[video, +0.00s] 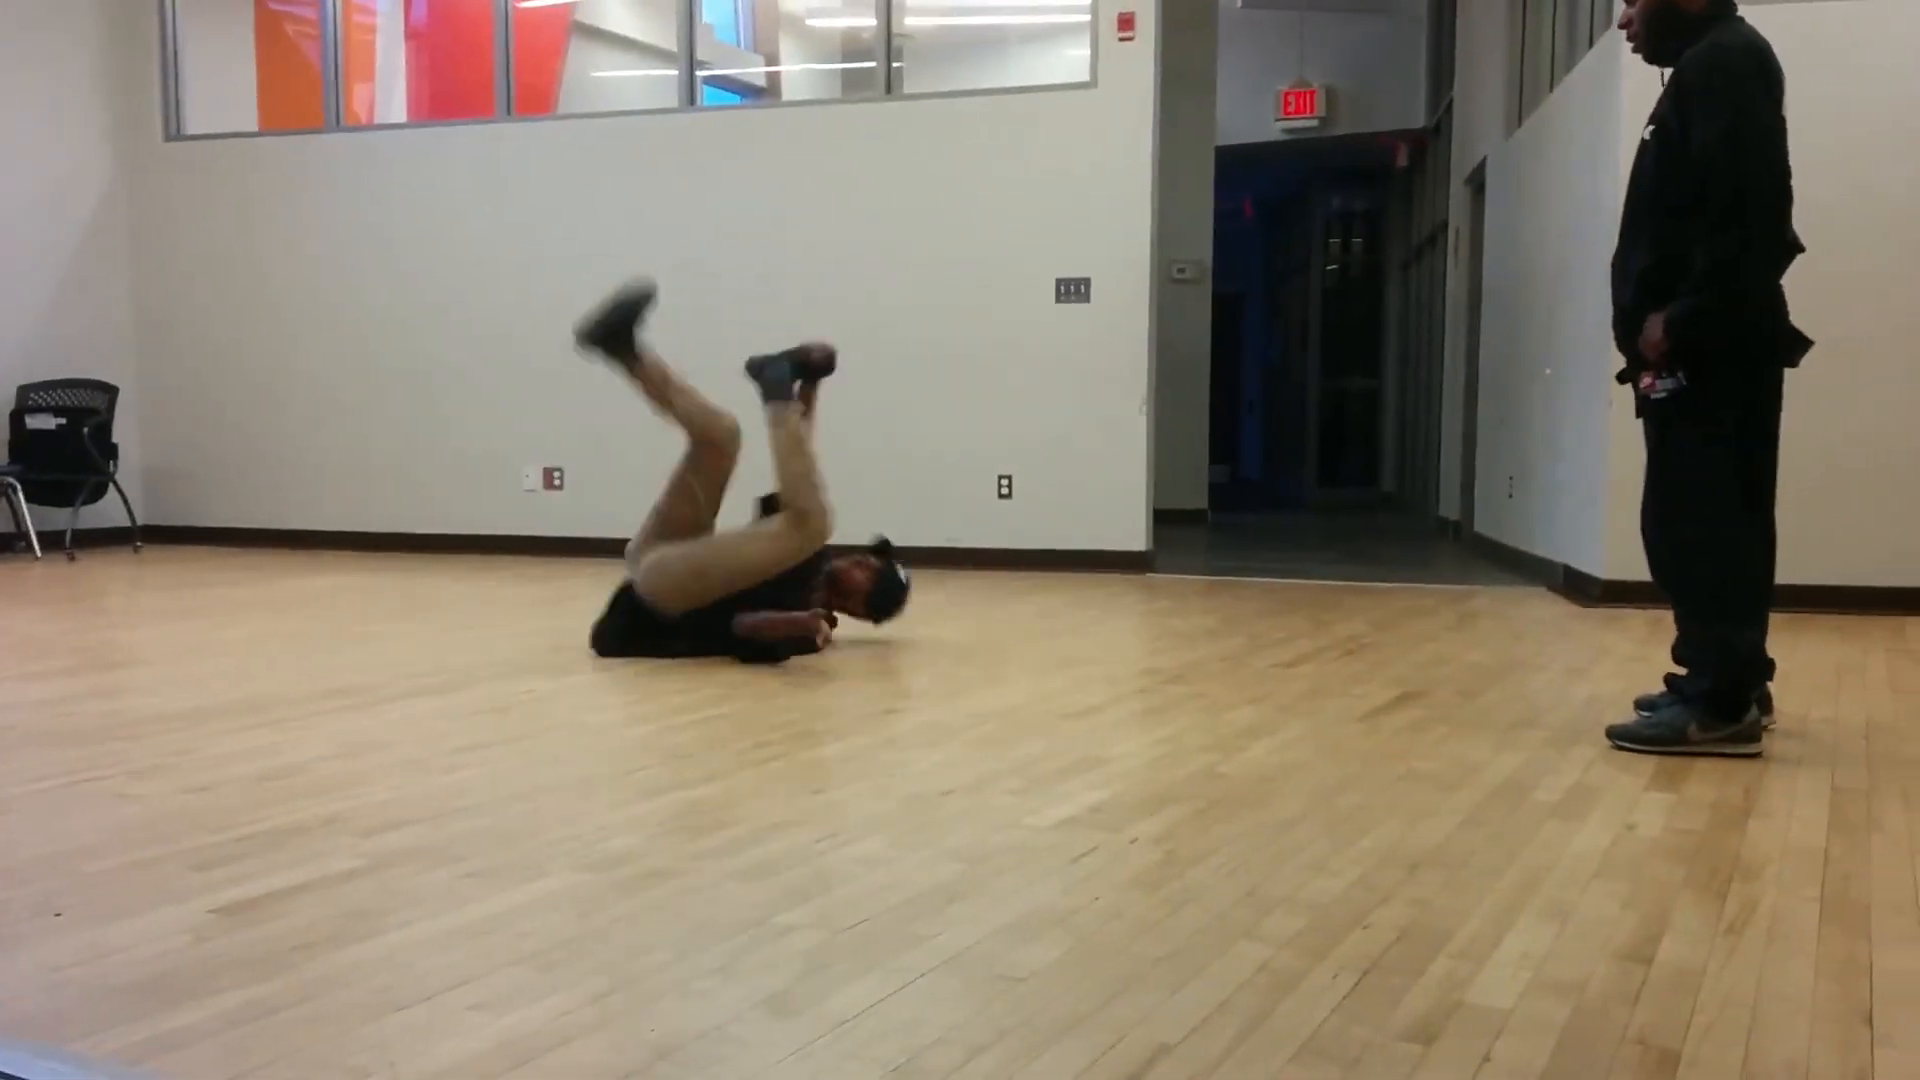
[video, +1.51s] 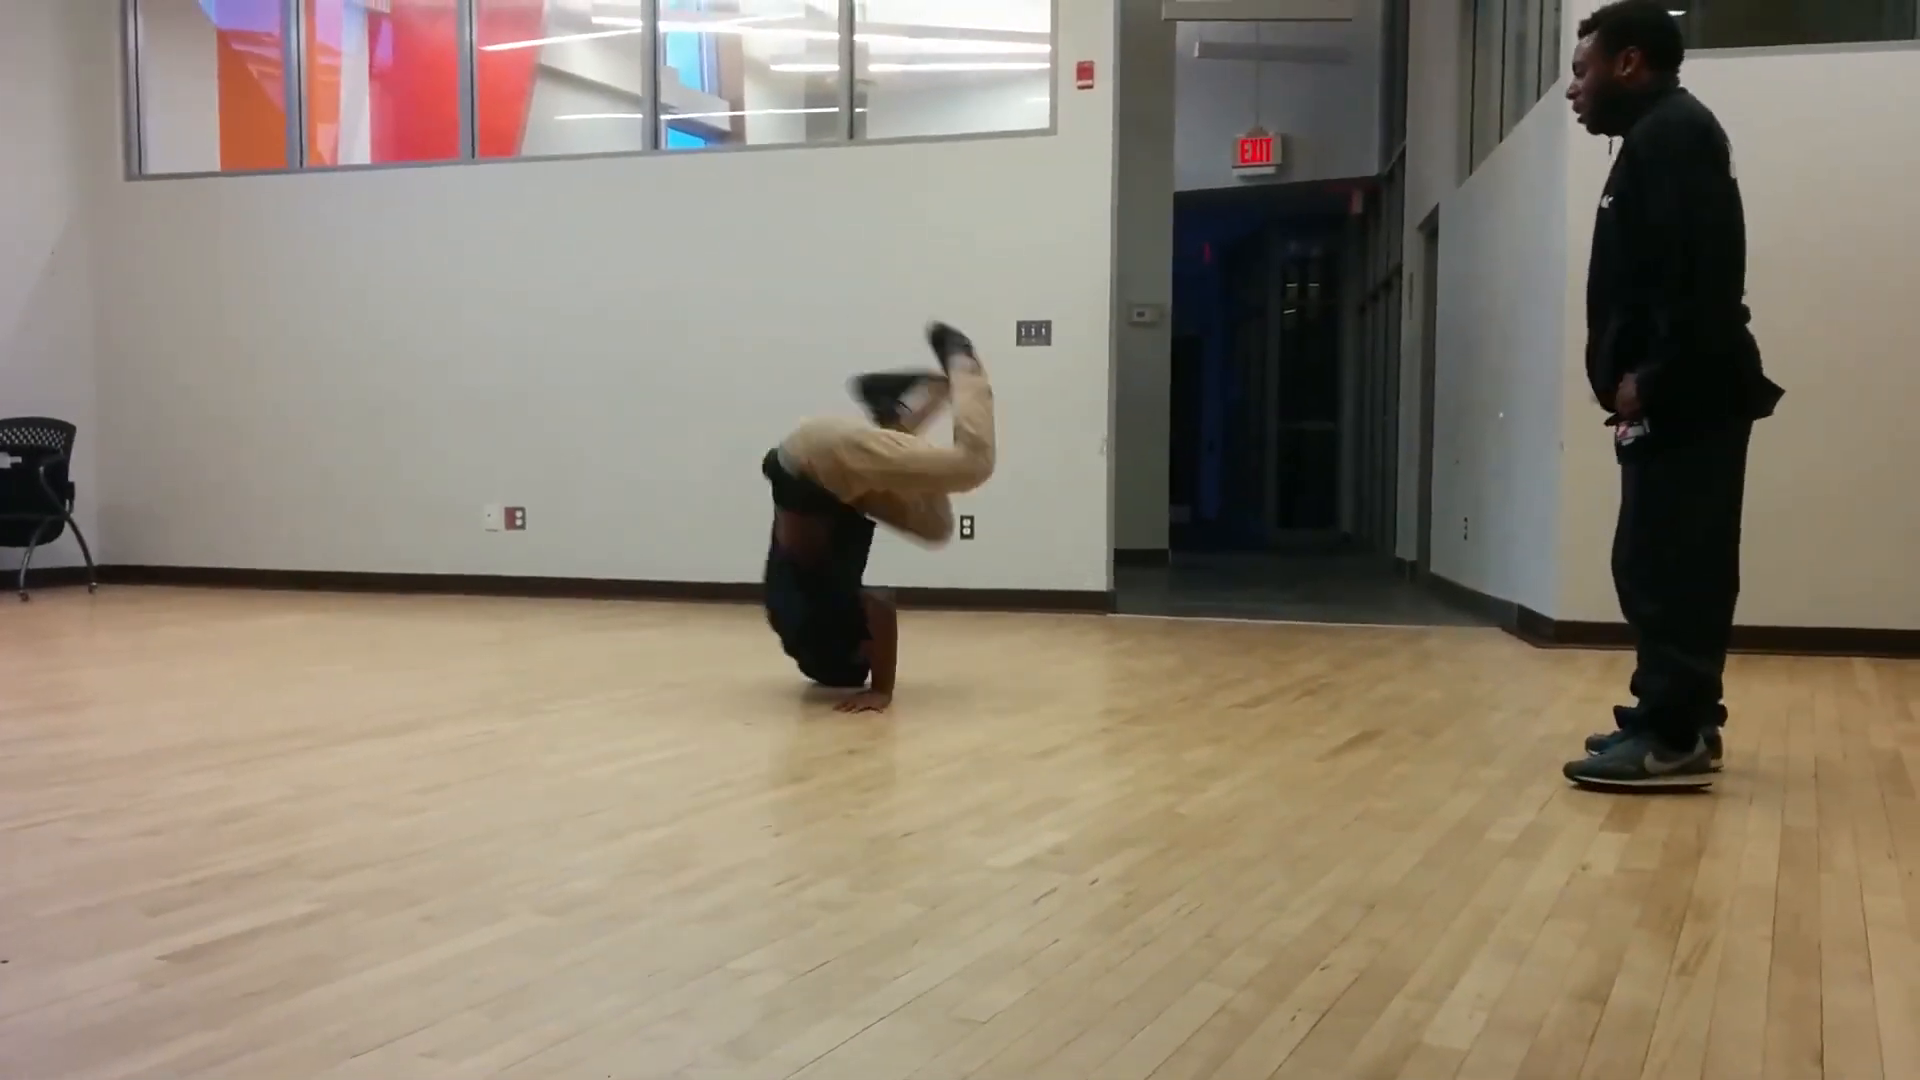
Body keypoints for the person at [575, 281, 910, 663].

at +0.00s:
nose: (858, 572)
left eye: (866, 584)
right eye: (867, 566)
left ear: (858, 609)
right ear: (860, 555)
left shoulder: (806, 623)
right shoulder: (798, 558)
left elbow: (742, 628)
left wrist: (807, 625)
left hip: (657, 603)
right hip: (655, 562)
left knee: (810, 527)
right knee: (720, 436)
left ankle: (775, 388)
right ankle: (620, 345)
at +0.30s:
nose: (895, 582)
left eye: (902, 593)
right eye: (901, 581)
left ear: (890, 615)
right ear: (889, 580)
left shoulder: (833, 630)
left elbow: (834, 563)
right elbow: (740, 484)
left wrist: (869, 647)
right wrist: (681, 429)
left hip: (797, 481)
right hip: (765, 486)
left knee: (844, 345)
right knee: (701, 344)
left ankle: (706, 403)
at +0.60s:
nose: (924, 589)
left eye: (932, 600)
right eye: (928, 588)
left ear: (925, 619)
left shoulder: (912, 626)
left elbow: (868, 569)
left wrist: (882, 658)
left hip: (820, 545)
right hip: (765, 530)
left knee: (780, 402)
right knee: (663, 513)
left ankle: (694, 499)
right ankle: (692, 654)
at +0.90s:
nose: (917, 603)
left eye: (922, 620)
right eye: (922, 603)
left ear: (899, 641)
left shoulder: (870, 643)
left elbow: (862, 584)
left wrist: (876, 671)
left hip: (823, 563)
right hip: (783, 525)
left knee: (852, 423)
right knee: (683, 540)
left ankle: (726, 485)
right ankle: (673, 669)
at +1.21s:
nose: (924, 637)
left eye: (927, 641)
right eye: (927, 636)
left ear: (917, 640)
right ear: (918, 626)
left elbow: (887, 597)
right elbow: (817, 467)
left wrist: (878, 681)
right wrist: (838, 382)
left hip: (862, 544)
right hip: (810, 531)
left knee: (957, 449)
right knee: (751, 413)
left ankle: (889, 356)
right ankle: (696, 542)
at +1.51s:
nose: (872, 665)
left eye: (864, 664)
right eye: (865, 669)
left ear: (850, 642)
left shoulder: (813, 617)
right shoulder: (788, 613)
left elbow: (881, 610)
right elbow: (876, 608)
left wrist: (881, 692)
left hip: (813, 452)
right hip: (813, 482)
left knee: (973, 465)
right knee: (935, 527)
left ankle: (961, 360)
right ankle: (892, 423)